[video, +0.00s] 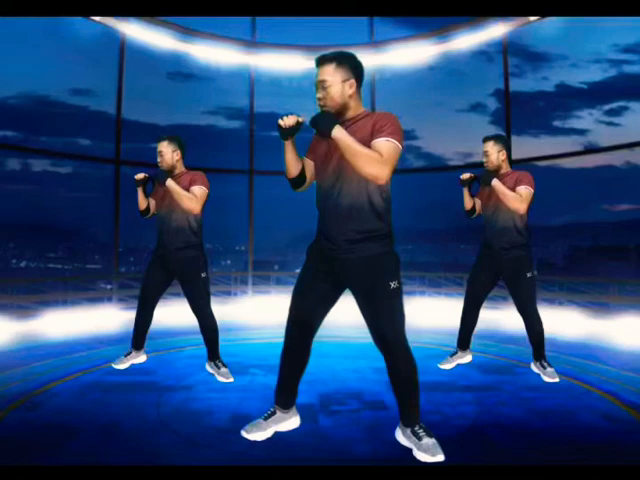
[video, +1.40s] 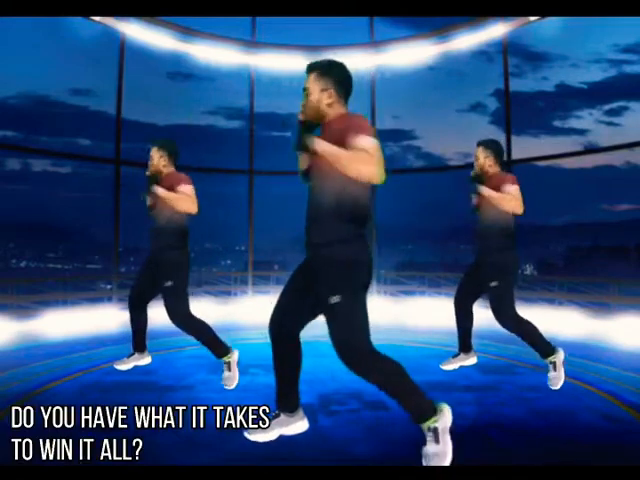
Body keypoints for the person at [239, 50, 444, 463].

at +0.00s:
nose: (319, 93)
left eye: (325, 86)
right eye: (318, 87)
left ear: (350, 85)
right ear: (333, 89)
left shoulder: (383, 122)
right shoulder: (323, 135)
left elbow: (380, 172)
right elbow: (299, 181)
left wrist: (334, 130)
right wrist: (288, 140)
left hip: (373, 253)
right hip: (327, 252)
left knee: (393, 342)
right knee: (298, 329)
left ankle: (411, 426)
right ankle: (283, 410)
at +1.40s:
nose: (304, 98)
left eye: (308, 91)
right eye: (305, 92)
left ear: (329, 93)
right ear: (325, 94)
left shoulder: (351, 124)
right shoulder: (325, 131)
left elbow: (373, 171)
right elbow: (313, 174)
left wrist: (316, 144)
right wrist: (304, 138)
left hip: (345, 259)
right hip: (321, 258)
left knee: (355, 352)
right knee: (281, 327)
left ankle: (433, 418)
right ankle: (288, 413)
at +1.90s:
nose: (311, 95)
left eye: (318, 87)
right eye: (309, 88)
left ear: (343, 88)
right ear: (315, 91)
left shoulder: (376, 126)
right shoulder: (309, 145)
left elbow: (391, 171)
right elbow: (278, 186)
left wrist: (350, 124)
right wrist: (269, 140)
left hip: (370, 258)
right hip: (319, 260)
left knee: (402, 344)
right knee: (289, 333)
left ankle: (416, 426)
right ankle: (289, 413)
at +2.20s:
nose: (323, 92)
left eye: (331, 84)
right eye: (321, 85)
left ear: (356, 84)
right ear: (324, 89)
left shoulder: (386, 125)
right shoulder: (315, 142)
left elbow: (406, 172)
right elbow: (283, 186)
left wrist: (364, 126)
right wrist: (272, 139)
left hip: (378, 259)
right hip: (325, 259)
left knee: (405, 347)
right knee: (296, 334)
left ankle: (416, 427)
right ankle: (289, 413)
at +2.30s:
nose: (332, 92)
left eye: (340, 83)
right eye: (326, 85)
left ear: (360, 85)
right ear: (320, 90)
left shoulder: (385, 126)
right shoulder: (314, 141)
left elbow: (405, 172)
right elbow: (285, 188)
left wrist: (363, 125)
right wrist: (273, 141)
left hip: (376, 258)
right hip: (324, 259)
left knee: (403, 347)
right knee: (293, 334)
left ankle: (416, 427)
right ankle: (289, 413)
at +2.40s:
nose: (335, 100)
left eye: (344, 91)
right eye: (327, 93)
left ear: (360, 94)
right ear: (319, 99)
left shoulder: (383, 133)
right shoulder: (311, 146)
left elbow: (406, 185)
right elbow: (285, 198)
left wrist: (364, 138)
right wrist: (271, 154)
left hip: (376, 267)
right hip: (323, 267)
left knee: (405, 355)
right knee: (282, 336)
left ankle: (416, 428)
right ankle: (288, 413)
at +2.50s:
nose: (337, 108)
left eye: (345, 99)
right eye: (328, 100)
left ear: (360, 104)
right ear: (319, 107)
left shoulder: (381, 145)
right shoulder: (311, 156)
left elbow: (404, 200)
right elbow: (284, 206)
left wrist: (364, 153)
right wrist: (268, 164)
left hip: (373, 276)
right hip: (320, 274)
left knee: (406, 361)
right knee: (273, 337)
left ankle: (417, 429)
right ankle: (287, 414)